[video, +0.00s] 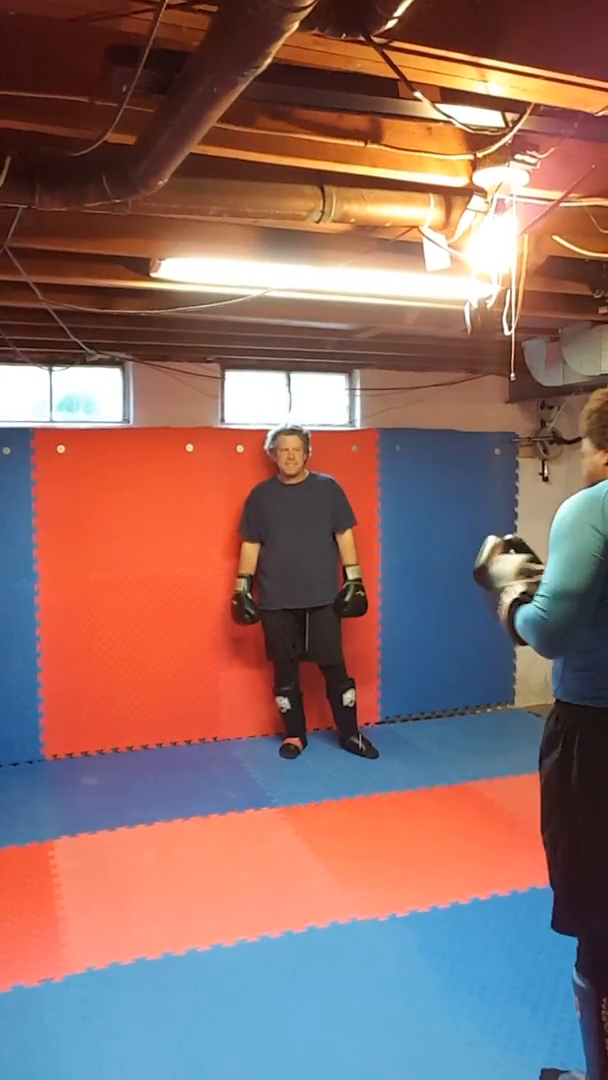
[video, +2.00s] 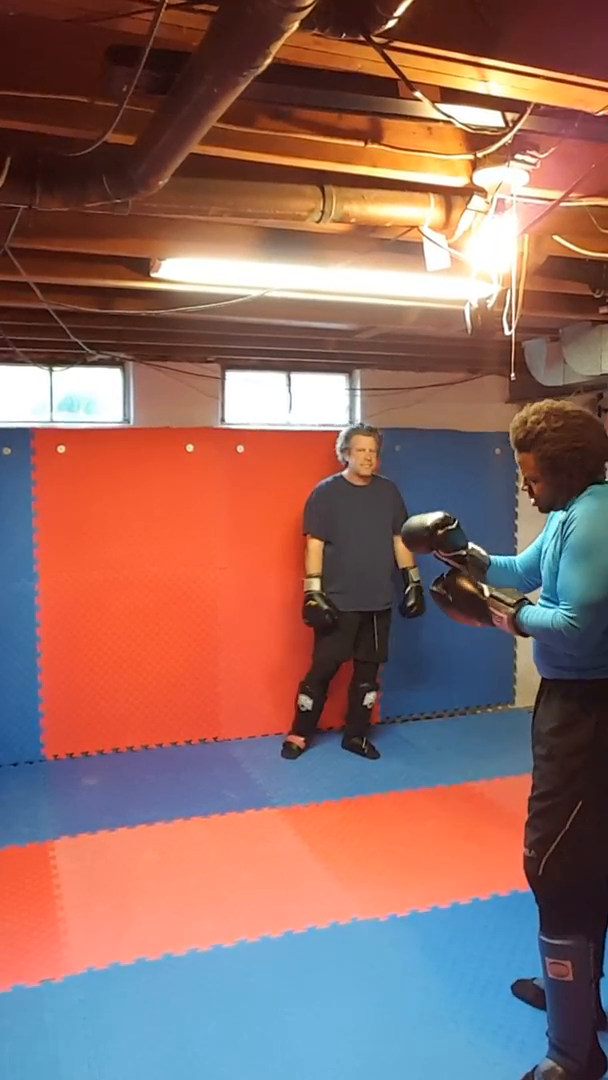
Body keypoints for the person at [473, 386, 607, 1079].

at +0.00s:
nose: (581, 455)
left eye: (585, 442)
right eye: (584, 442)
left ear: (599, 446)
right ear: (605, 446)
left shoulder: (591, 510)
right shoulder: (589, 512)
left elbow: (549, 630)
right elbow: (556, 626)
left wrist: (511, 586)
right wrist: (528, 581)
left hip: (595, 731)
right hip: (591, 727)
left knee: (596, 925)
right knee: (593, 919)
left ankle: (598, 1069)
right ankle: (596, 1065)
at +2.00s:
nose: (523, 479)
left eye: (531, 467)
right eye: (522, 467)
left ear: (567, 464)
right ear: (561, 466)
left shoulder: (591, 517)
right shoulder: (569, 515)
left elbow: (586, 626)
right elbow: (527, 572)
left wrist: (515, 613)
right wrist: (466, 553)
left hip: (584, 718)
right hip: (568, 708)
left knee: (562, 868)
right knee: (562, 854)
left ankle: (576, 1057)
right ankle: (575, 984)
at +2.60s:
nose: (512, 482)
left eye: (517, 470)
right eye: (510, 471)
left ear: (549, 467)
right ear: (560, 464)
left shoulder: (580, 519)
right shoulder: (570, 512)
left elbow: (562, 626)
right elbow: (522, 584)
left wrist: (498, 619)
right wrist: (478, 558)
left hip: (584, 711)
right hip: (578, 704)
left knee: (562, 867)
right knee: (571, 854)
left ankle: (575, 1055)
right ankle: (575, 987)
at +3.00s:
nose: (515, 472)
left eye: (526, 461)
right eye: (515, 461)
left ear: (566, 465)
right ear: (550, 462)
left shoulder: (580, 515)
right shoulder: (556, 510)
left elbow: (549, 623)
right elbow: (520, 589)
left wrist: (486, 597)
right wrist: (485, 545)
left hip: (585, 709)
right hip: (570, 701)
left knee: (561, 866)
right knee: (567, 853)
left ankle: (576, 1058)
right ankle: (571, 985)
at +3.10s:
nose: (527, 453)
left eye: (542, 443)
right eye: (527, 442)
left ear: (580, 454)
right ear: (543, 452)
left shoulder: (583, 512)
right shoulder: (551, 506)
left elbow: (548, 620)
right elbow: (526, 591)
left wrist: (487, 595)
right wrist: (494, 565)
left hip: (586, 707)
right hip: (568, 701)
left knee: (555, 860)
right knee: (570, 850)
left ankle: (578, 1057)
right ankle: (571, 983)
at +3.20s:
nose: (531, 446)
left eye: (546, 437)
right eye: (530, 437)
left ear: (583, 448)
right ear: (535, 447)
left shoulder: (586, 507)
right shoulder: (541, 507)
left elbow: (557, 617)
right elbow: (519, 591)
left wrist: (489, 599)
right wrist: (484, 568)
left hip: (587, 709)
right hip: (562, 703)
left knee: (552, 862)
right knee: (569, 852)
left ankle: (574, 1058)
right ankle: (571, 982)